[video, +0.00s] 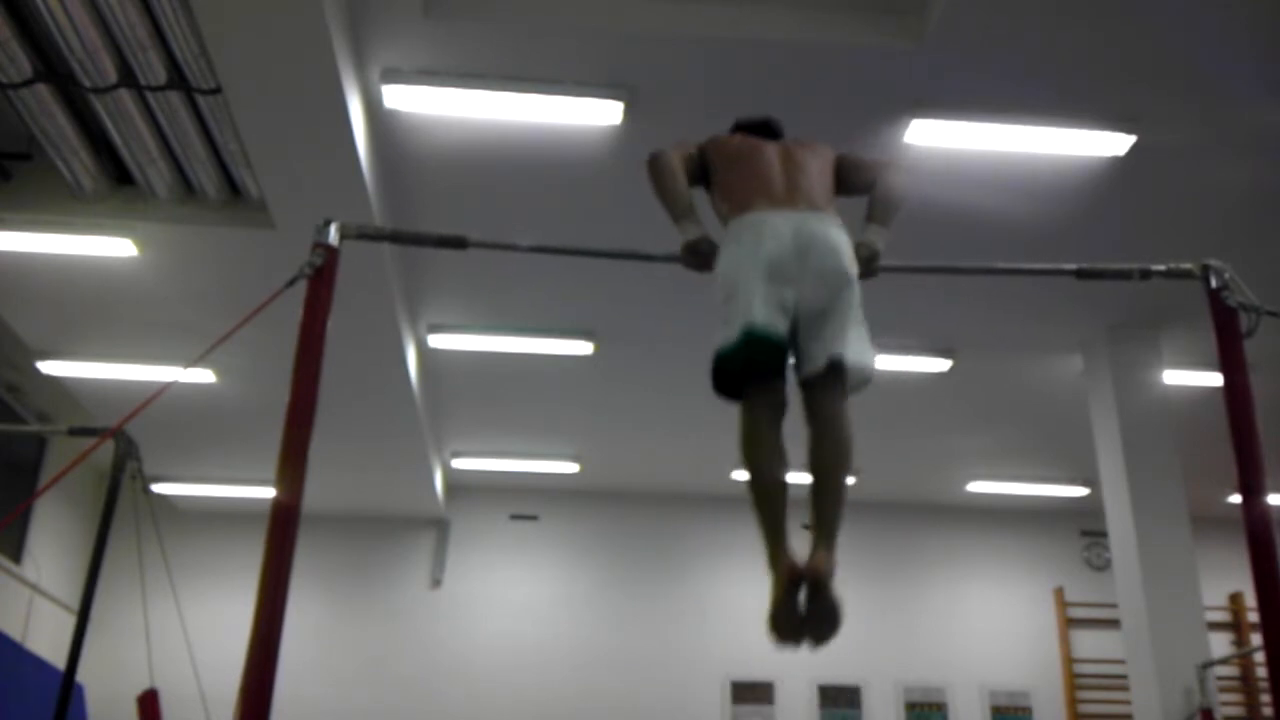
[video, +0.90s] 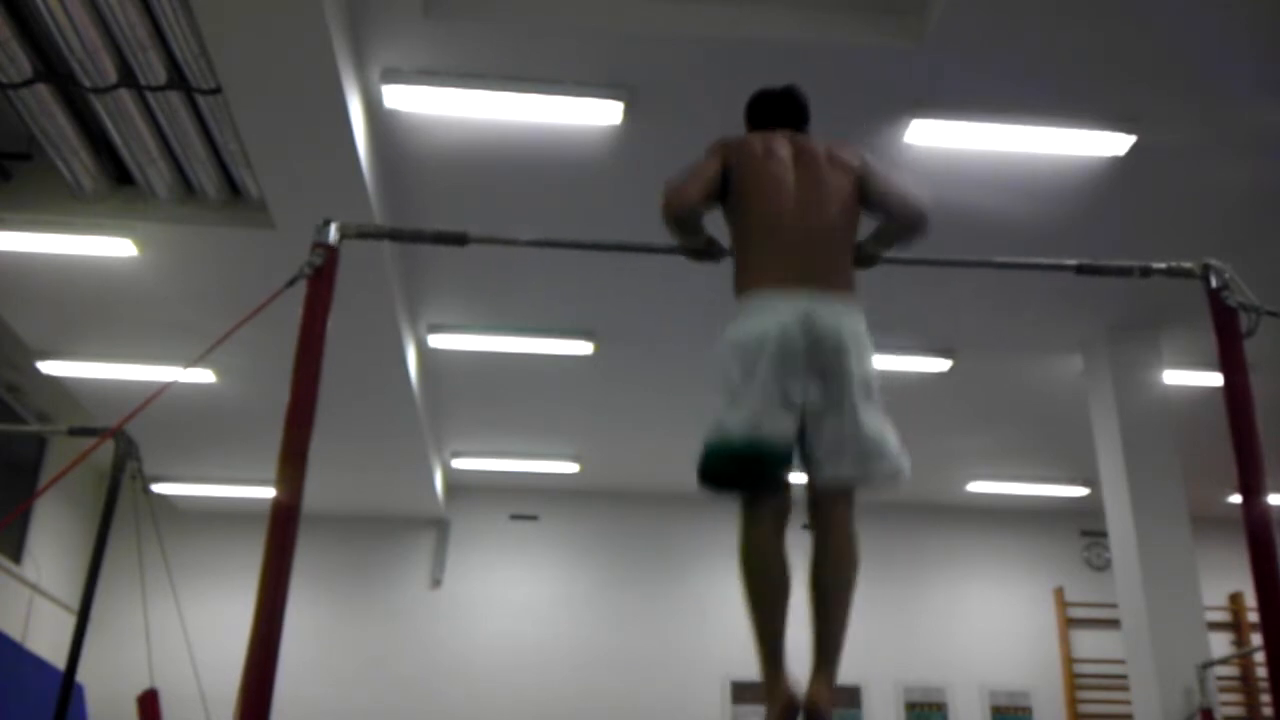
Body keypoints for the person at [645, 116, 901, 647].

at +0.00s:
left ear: (731, 139)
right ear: (784, 139)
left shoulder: (718, 148)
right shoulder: (819, 156)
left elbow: (663, 160)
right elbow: (887, 178)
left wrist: (690, 229)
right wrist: (873, 239)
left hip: (754, 238)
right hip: (826, 238)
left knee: (762, 408)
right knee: (829, 405)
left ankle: (782, 565)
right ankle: (824, 557)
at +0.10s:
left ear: (730, 115)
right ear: (786, 116)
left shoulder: (714, 128)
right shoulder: (819, 137)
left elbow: (671, 160)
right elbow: (882, 175)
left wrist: (690, 230)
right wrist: (872, 237)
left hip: (753, 205)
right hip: (824, 209)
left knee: (767, 353)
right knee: (837, 354)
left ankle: (794, 493)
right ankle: (845, 492)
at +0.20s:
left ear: (732, 92)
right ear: (784, 92)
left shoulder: (711, 108)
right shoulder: (819, 114)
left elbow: (682, 165)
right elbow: (859, 163)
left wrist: (691, 228)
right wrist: (872, 230)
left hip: (756, 171)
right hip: (826, 178)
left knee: (773, 293)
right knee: (841, 297)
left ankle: (803, 407)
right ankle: (853, 409)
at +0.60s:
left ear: (738, 102)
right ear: (792, 99)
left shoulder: (722, 112)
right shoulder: (824, 112)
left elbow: (682, 147)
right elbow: (871, 156)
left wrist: (691, 227)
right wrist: (877, 226)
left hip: (760, 178)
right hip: (838, 181)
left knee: (775, 310)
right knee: (848, 315)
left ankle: (807, 431)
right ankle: (858, 431)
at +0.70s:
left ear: (741, 131)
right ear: (795, 130)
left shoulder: (726, 142)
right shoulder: (826, 147)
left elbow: (678, 155)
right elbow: (890, 173)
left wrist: (692, 239)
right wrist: (873, 248)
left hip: (762, 244)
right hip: (837, 250)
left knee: (775, 379)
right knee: (849, 383)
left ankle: (805, 514)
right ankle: (857, 514)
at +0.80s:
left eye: (738, 136)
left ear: (743, 134)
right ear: (801, 133)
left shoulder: (731, 147)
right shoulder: (833, 156)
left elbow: (678, 151)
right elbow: (902, 169)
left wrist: (693, 236)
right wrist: (873, 244)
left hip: (761, 283)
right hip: (835, 283)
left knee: (770, 457)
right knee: (843, 453)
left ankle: (793, 610)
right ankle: (842, 611)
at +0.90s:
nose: (759, 133)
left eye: (754, 125)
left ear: (750, 125)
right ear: (807, 125)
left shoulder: (734, 150)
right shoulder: (845, 160)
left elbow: (677, 203)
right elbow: (911, 215)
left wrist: (704, 245)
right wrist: (867, 251)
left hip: (763, 323)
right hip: (840, 325)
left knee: (763, 512)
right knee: (834, 512)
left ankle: (776, 687)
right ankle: (823, 685)